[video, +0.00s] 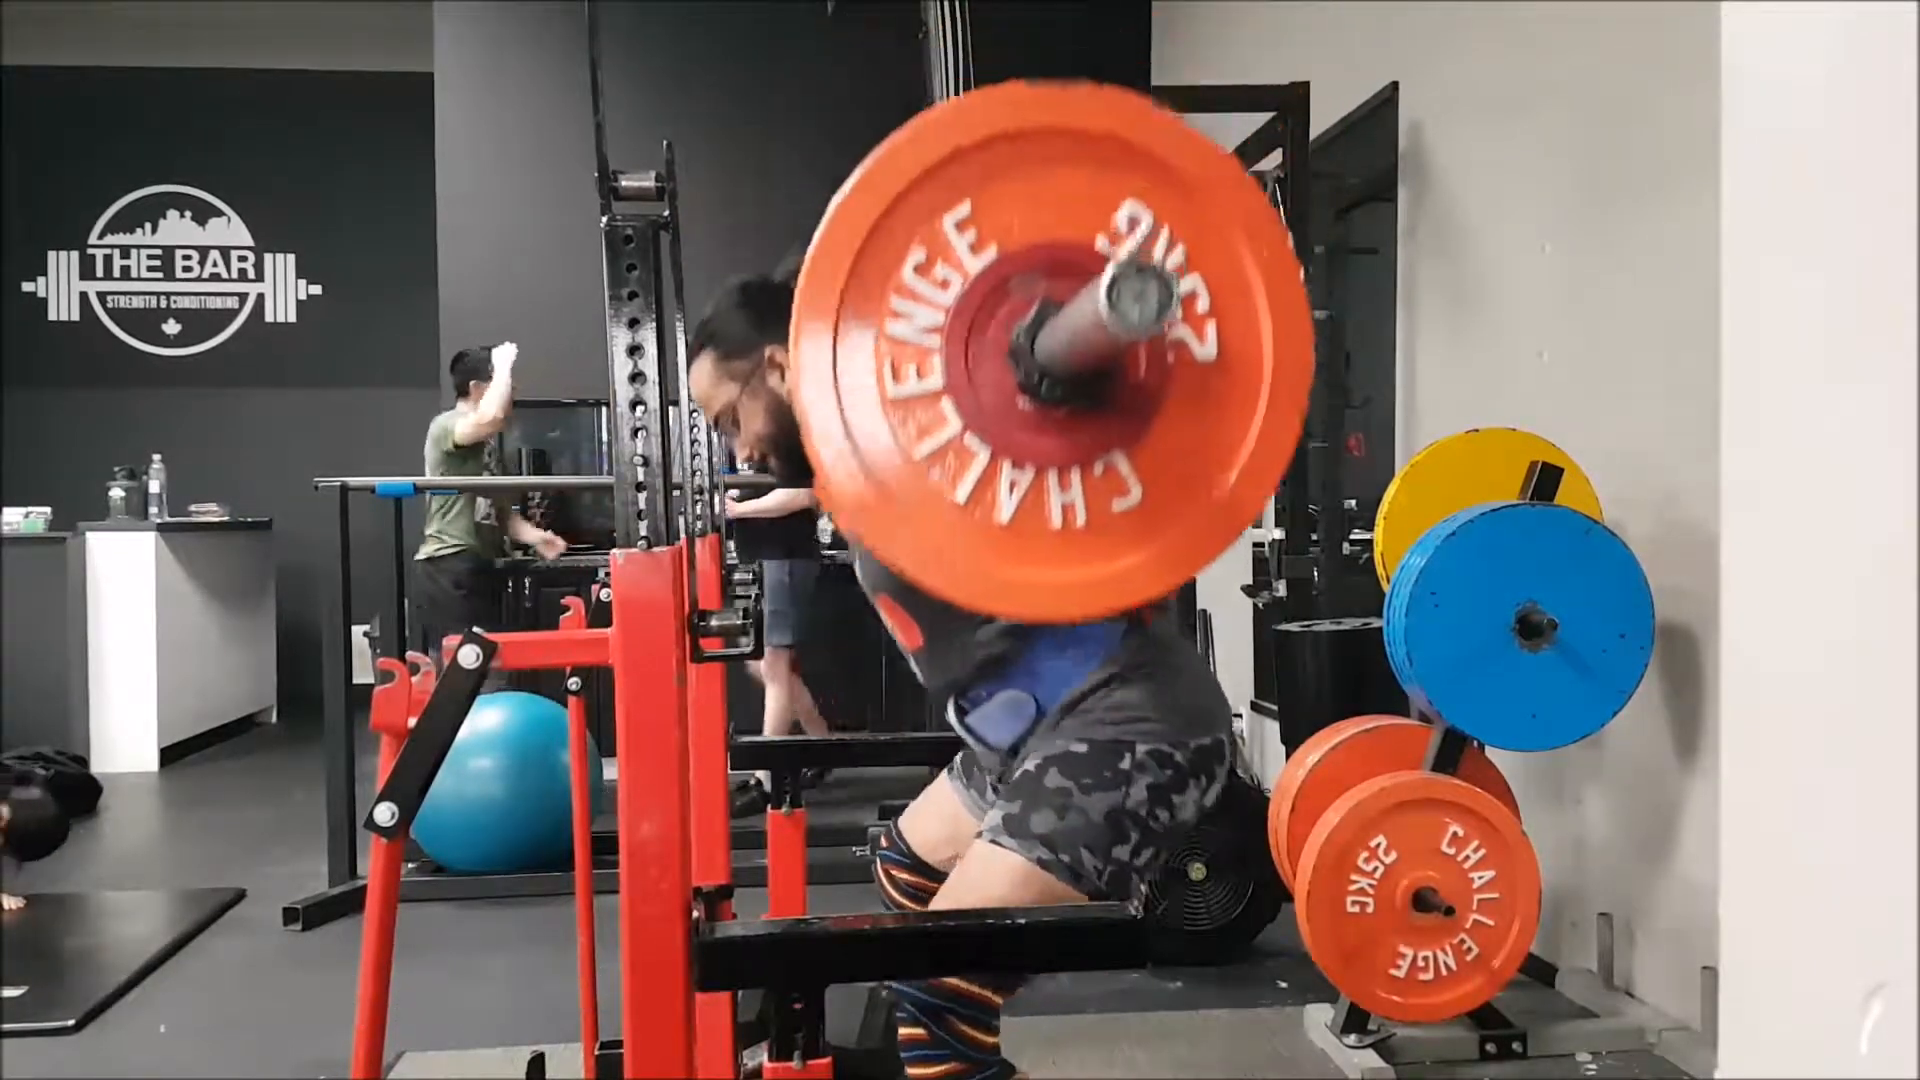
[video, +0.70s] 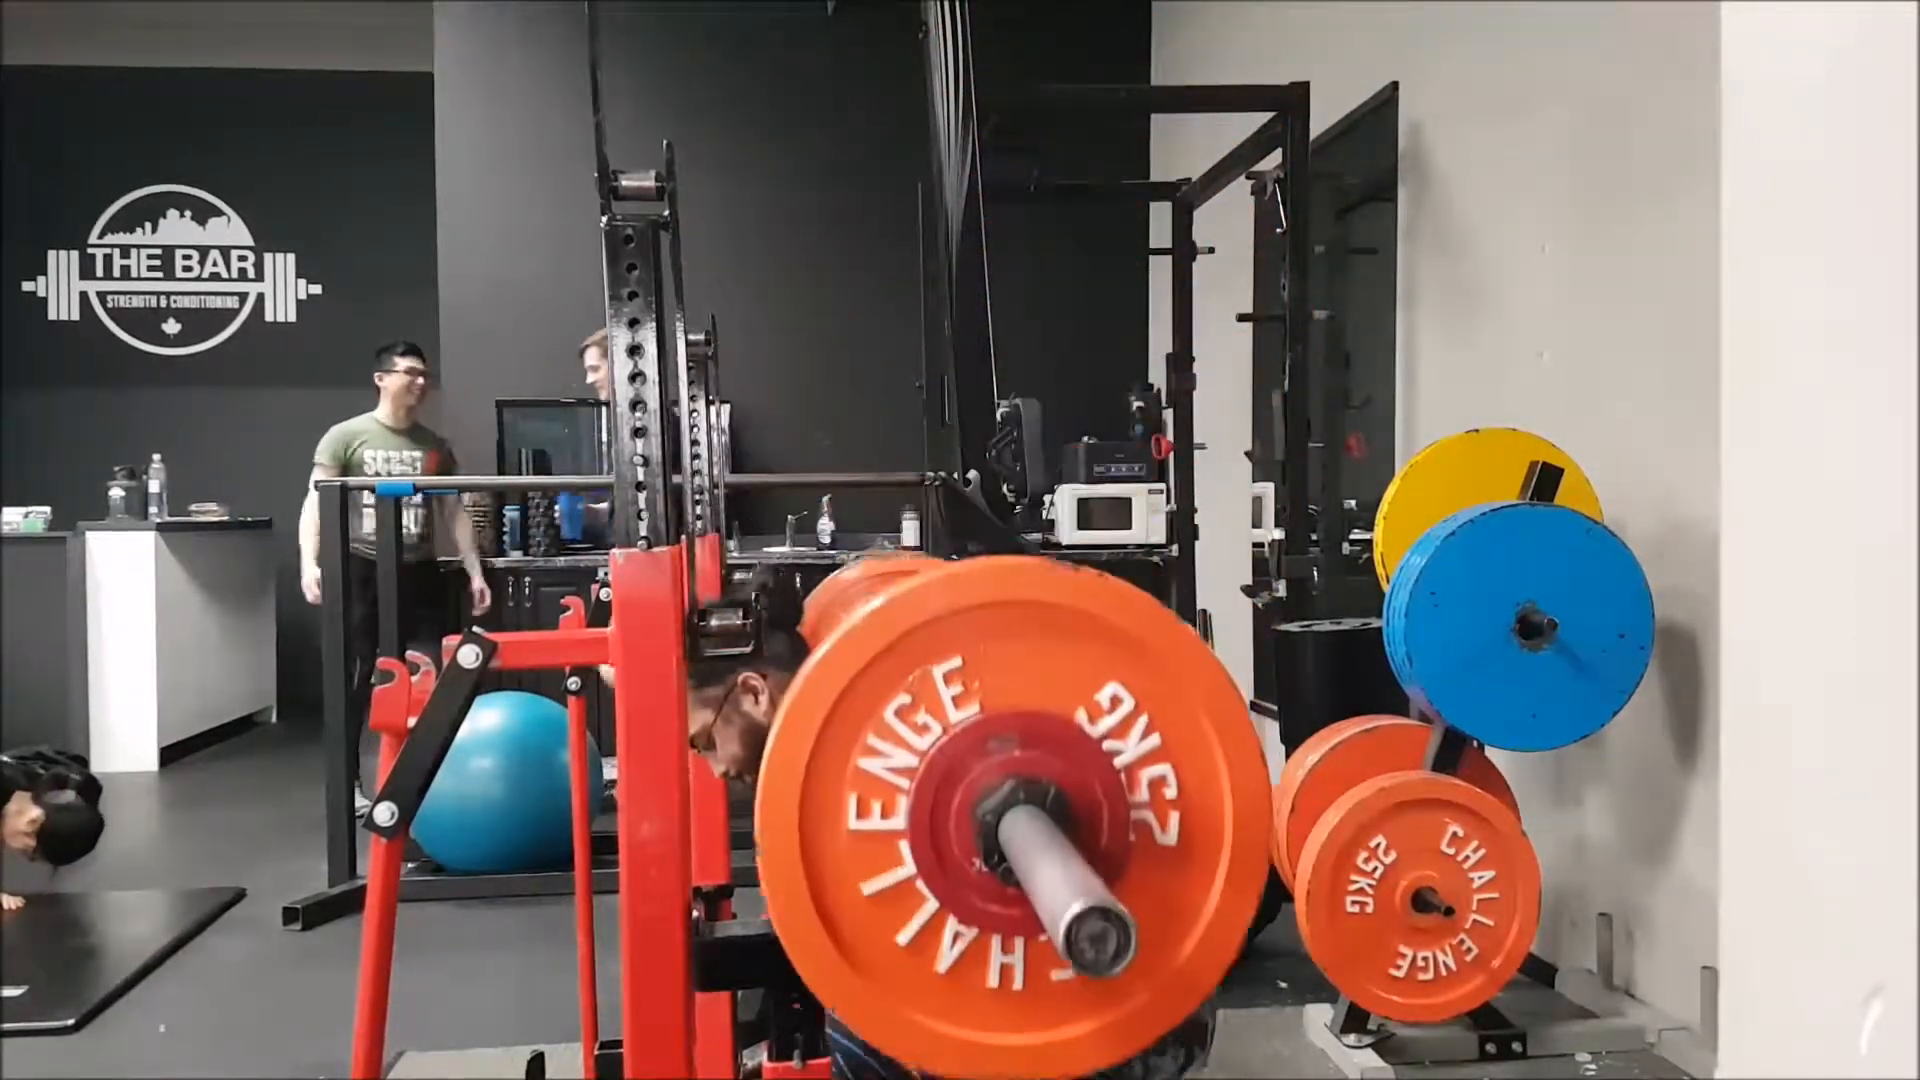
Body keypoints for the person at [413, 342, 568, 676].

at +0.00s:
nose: (508, 393)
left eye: (508, 385)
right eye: (499, 385)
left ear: (479, 391)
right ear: (474, 389)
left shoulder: (490, 442)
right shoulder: (445, 425)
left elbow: (503, 513)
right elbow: (492, 417)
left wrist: (538, 537)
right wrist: (502, 370)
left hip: (482, 563)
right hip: (446, 564)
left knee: (484, 660)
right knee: (462, 661)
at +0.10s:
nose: (499, 383)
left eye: (497, 375)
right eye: (490, 375)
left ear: (468, 384)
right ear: (462, 384)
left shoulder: (479, 434)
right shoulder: (436, 422)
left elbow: (486, 510)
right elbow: (456, 442)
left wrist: (511, 545)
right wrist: (514, 404)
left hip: (471, 557)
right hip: (435, 557)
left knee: (478, 653)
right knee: (447, 656)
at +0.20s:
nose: (489, 382)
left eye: (486, 375)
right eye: (480, 375)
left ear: (456, 385)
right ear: (451, 384)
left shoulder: (458, 436)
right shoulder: (430, 425)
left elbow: (464, 515)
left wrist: (490, 554)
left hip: (458, 560)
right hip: (430, 560)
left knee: (462, 656)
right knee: (433, 659)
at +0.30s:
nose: (478, 383)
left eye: (478, 377)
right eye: (470, 376)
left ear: (452, 385)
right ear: (440, 383)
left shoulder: (453, 441)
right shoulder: (415, 430)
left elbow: (463, 511)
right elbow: (410, 501)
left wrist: (480, 577)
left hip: (450, 567)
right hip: (419, 565)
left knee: (452, 672)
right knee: (417, 672)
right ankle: (371, 763)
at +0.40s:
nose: (466, 382)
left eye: (466, 376)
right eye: (457, 375)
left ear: (443, 385)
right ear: (425, 381)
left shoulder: (453, 445)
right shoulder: (392, 433)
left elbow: (458, 518)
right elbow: (385, 506)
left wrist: (466, 582)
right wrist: (422, 560)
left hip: (446, 576)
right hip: (400, 576)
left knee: (447, 678)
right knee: (394, 676)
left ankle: (439, 784)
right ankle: (352, 771)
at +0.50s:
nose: (452, 380)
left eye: (453, 374)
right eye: (443, 373)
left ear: (444, 385)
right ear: (411, 379)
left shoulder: (450, 446)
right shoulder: (370, 436)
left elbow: (458, 513)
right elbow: (358, 516)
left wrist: (459, 572)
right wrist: (382, 577)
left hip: (441, 578)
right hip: (394, 578)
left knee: (440, 687)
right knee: (382, 686)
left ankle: (433, 791)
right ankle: (365, 786)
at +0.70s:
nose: (420, 382)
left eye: (424, 375)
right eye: (411, 373)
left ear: (426, 384)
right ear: (381, 379)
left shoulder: (435, 447)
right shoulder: (343, 438)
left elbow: (457, 511)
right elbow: (315, 504)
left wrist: (474, 569)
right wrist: (309, 564)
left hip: (418, 570)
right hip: (359, 568)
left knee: (420, 673)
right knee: (355, 673)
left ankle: (416, 783)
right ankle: (350, 781)